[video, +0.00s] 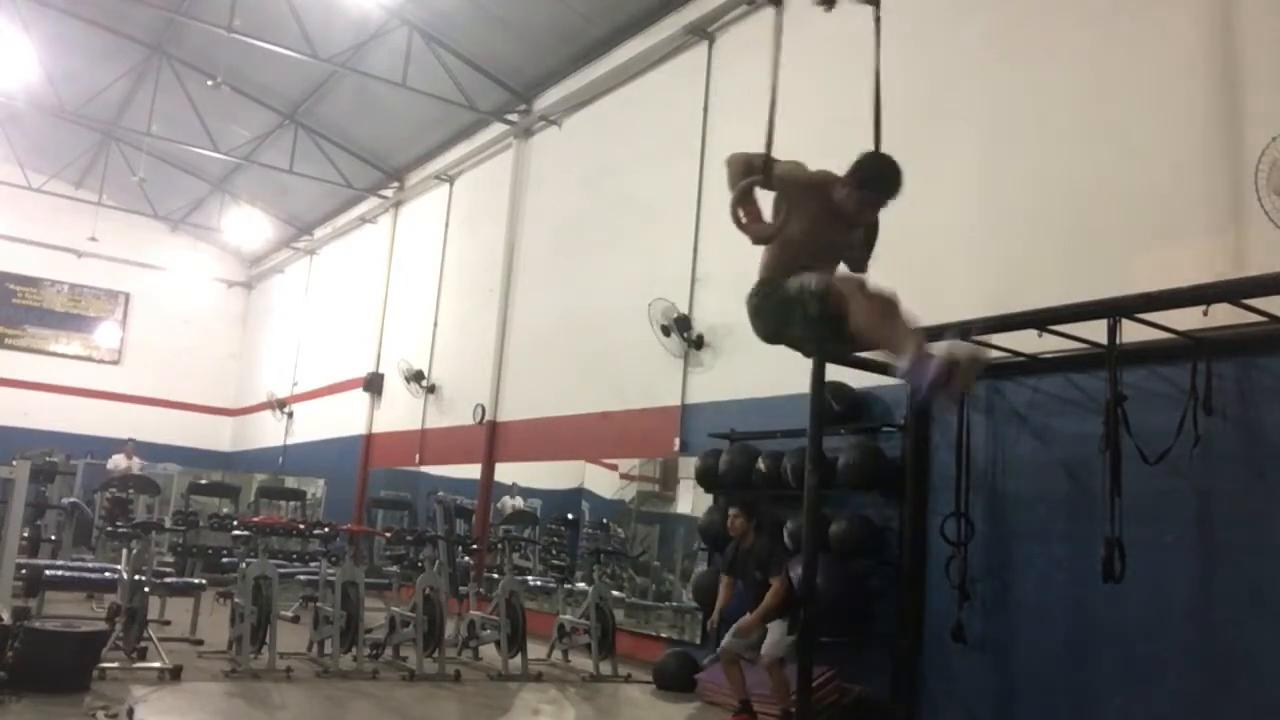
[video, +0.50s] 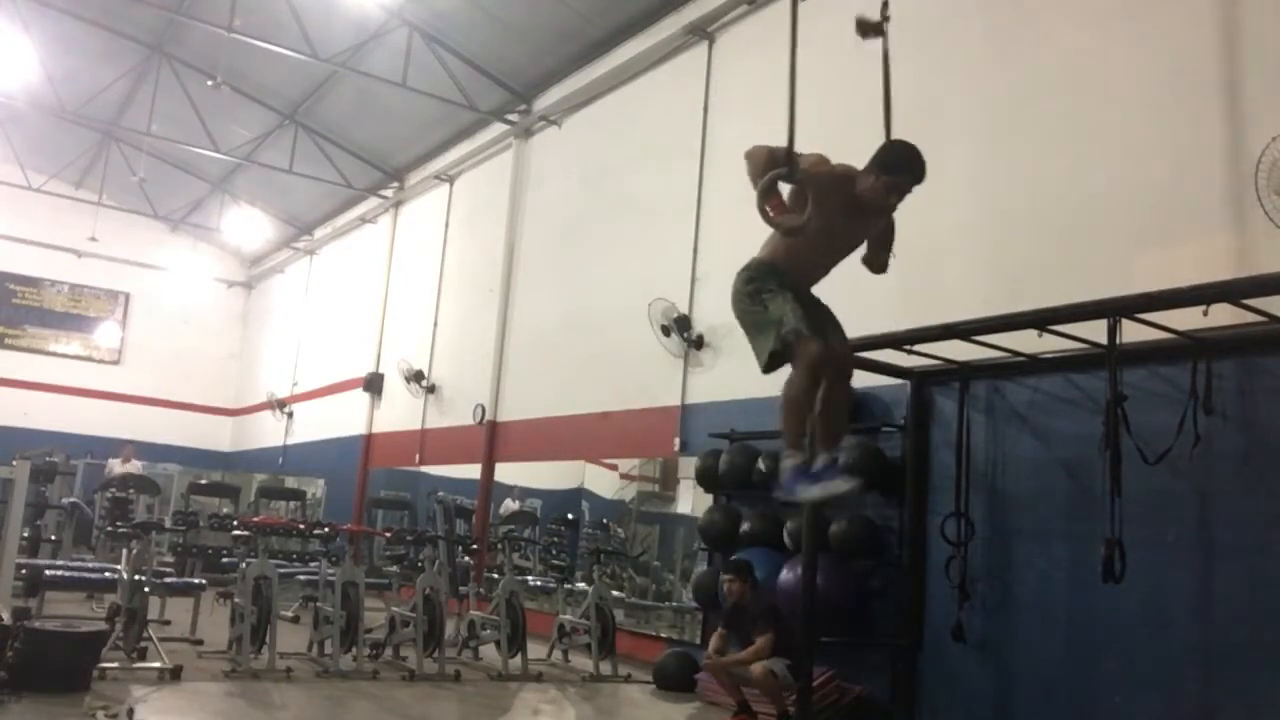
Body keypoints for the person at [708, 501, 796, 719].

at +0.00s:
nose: (730, 523)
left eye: (736, 518)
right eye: (729, 518)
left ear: (750, 521)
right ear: (728, 521)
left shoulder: (768, 545)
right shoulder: (733, 549)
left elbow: (780, 586)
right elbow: (726, 583)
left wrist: (755, 619)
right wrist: (716, 612)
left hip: (781, 611)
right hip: (754, 610)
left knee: (770, 659)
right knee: (727, 652)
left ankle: (785, 712)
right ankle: (745, 708)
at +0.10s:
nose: (727, 539)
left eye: (733, 534)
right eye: (726, 534)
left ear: (747, 537)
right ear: (724, 536)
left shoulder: (765, 559)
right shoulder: (731, 564)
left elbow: (775, 601)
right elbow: (723, 599)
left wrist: (743, 631)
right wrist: (714, 624)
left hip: (784, 622)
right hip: (758, 624)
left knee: (764, 663)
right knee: (723, 655)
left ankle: (785, 712)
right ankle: (745, 708)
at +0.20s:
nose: (726, 554)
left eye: (731, 549)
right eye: (724, 549)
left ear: (745, 552)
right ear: (722, 552)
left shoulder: (764, 577)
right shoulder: (729, 579)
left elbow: (768, 619)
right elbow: (721, 610)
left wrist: (731, 641)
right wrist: (711, 637)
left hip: (785, 633)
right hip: (759, 634)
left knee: (760, 666)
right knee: (717, 653)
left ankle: (783, 714)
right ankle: (744, 709)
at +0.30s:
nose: (725, 569)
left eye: (731, 563)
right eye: (724, 563)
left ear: (745, 565)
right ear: (722, 565)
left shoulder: (762, 587)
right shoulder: (732, 590)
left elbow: (764, 631)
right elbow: (719, 624)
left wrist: (726, 648)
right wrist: (710, 647)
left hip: (786, 644)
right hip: (759, 645)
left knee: (757, 668)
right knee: (715, 657)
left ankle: (783, 714)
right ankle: (744, 709)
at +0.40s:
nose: (725, 580)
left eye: (731, 574)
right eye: (723, 575)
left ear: (746, 576)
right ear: (720, 576)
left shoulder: (760, 599)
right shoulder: (734, 602)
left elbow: (763, 642)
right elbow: (721, 633)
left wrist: (721, 656)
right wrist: (712, 653)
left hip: (784, 655)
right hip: (756, 655)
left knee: (756, 671)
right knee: (713, 661)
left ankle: (782, 713)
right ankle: (744, 709)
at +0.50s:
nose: (726, 588)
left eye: (732, 582)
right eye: (724, 582)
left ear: (746, 583)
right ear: (722, 584)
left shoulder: (762, 607)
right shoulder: (732, 608)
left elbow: (763, 649)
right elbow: (720, 634)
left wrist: (723, 663)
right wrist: (712, 652)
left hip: (785, 659)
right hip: (753, 658)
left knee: (758, 671)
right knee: (715, 663)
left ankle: (782, 713)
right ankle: (744, 709)